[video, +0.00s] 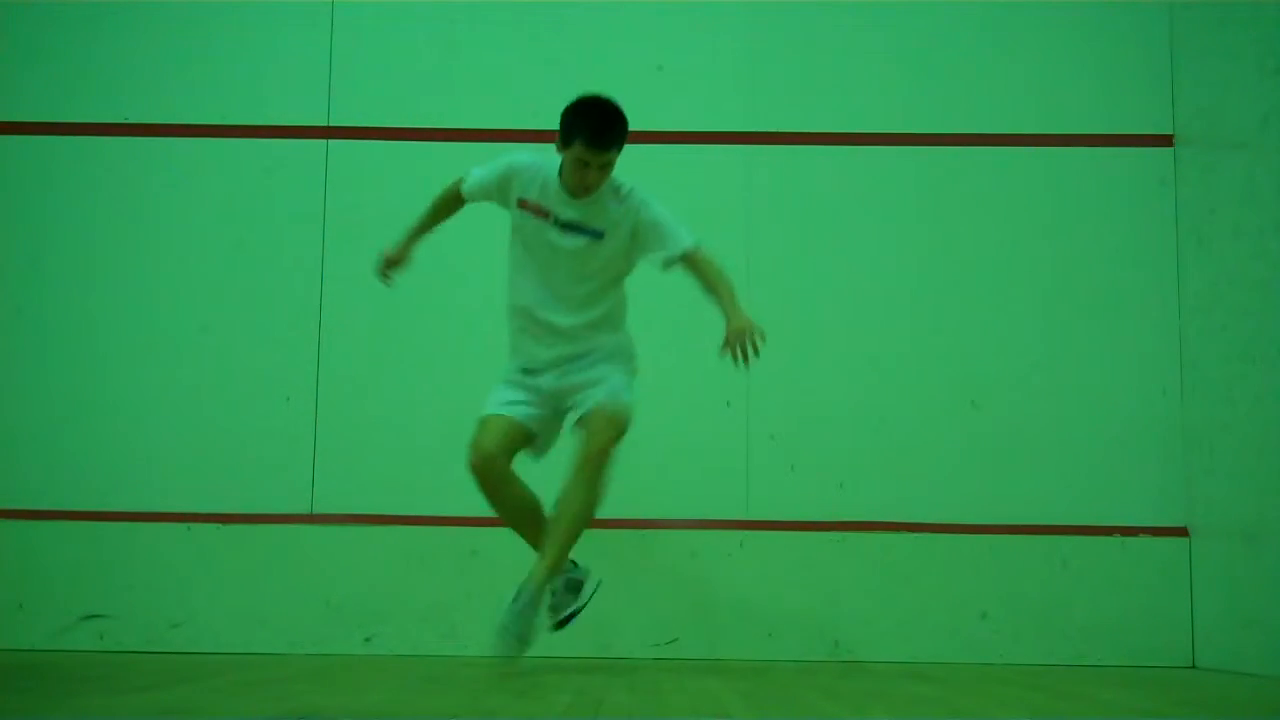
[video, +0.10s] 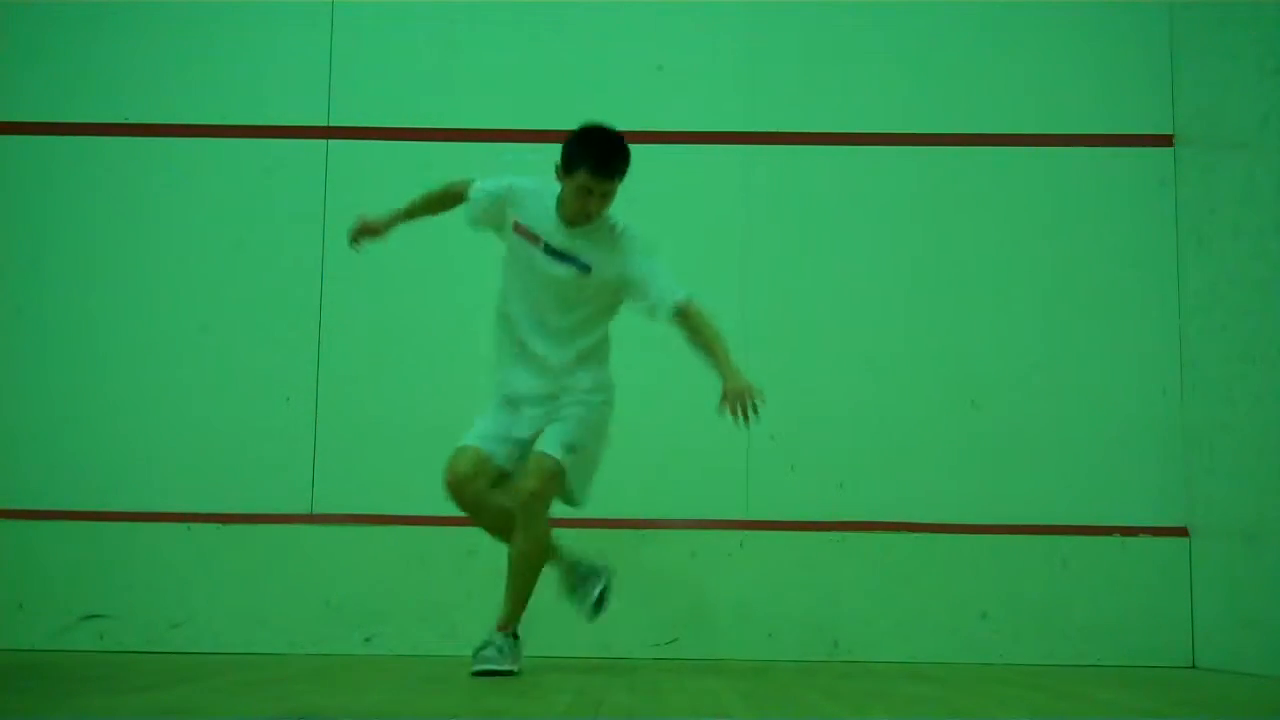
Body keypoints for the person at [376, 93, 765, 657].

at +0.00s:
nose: (590, 176)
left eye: (602, 166)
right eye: (581, 163)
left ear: (617, 159)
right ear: (561, 148)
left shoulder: (632, 209)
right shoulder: (520, 176)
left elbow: (694, 257)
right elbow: (459, 193)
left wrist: (735, 314)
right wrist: (406, 243)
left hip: (600, 364)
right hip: (531, 366)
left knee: (601, 441)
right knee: (485, 460)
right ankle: (565, 573)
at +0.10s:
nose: (594, 204)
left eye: (605, 193)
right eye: (586, 190)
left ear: (617, 189)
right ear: (562, 176)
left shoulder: (622, 250)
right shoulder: (520, 200)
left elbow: (683, 311)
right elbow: (458, 195)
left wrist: (730, 374)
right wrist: (391, 220)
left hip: (580, 395)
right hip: (516, 389)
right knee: (464, 480)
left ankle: (505, 635)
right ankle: (574, 570)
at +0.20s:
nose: (608, 218)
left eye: (619, 210)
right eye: (602, 204)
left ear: (628, 205)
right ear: (576, 184)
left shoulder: (622, 262)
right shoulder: (528, 196)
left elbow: (672, 331)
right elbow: (452, 158)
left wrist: (722, 394)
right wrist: (378, 158)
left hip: (576, 383)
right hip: (519, 379)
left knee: (535, 480)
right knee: (468, 472)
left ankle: (510, 631)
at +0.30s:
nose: (626, 205)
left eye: (636, 198)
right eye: (621, 192)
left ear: (642, 193)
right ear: (595, 168)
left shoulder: (634, 247)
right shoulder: (539, 175)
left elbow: (680, 315)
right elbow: (450, 145)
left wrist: (733, 378)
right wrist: (363, 116)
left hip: (593, 360)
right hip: (534, 358)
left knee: (567, 456)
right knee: (479, 449)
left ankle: (558, 609)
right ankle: (603, 447)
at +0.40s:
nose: (659, 219)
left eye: (665, 212)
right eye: (657, 207)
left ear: (660, 200)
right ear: (631, 183)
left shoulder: (647, 247)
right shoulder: (559, 183)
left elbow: (702, 308)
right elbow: (468, 176)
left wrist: (770, 348)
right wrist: (380, 177)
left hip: (594, 364)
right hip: (530, 360)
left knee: (609, 463)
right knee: (493, 463)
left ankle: (642, 584)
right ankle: (588, 528)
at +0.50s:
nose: (669, 267)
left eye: (677, 261)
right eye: (668, 254)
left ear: (681, 255)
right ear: (644, 225)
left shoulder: (664, 290)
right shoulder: (572, 223)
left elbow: (722, 316)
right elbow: (502, 244)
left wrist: (789, 315)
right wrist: (443, 295)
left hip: (602, 408)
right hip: (533, 400)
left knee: (654, 514)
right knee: (517, 512)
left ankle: (692, 621)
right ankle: (528, 619)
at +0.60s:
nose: (653, 298)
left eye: (662, 292)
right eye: (651, 287)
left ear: (671, 285)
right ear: (630, 259)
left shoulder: (665, 313)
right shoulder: (555, 278)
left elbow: (731, 330)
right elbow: (498, 323)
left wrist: (788, 328)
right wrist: (470, 393)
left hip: (619, 450)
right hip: (547, 448)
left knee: (681, 542)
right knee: (529, 542)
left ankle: (697, 637)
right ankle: (518, 634)